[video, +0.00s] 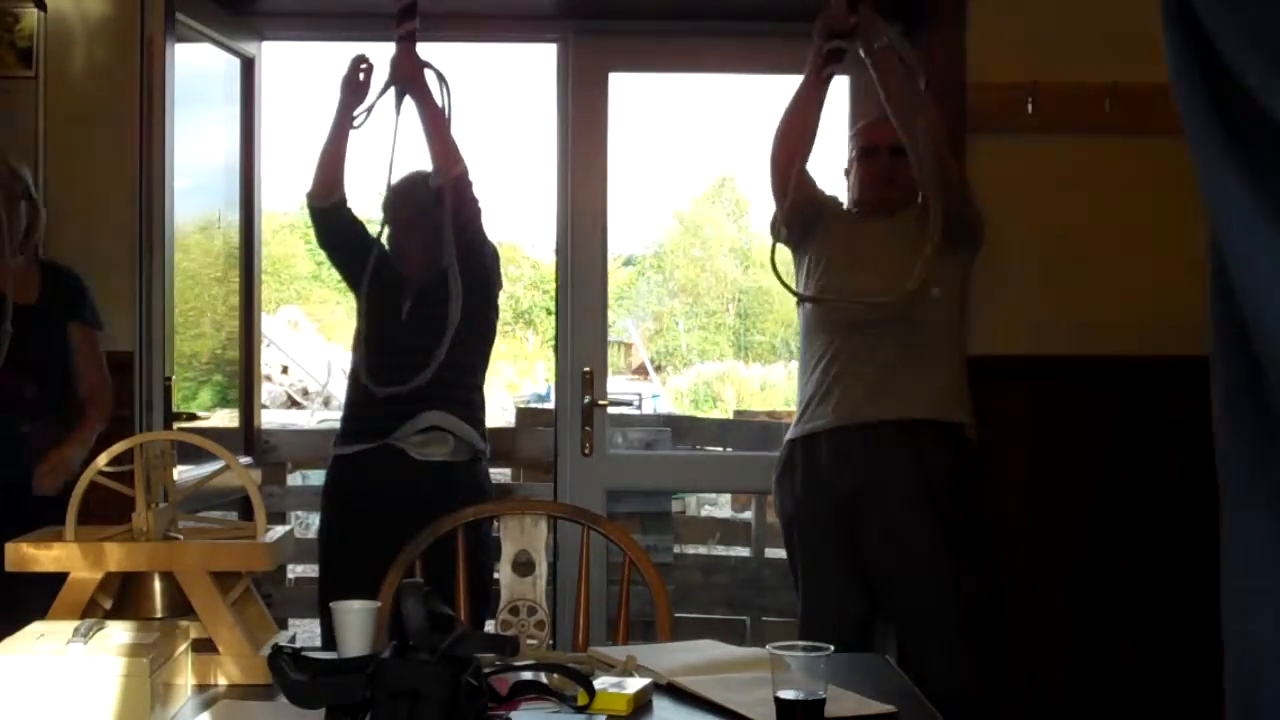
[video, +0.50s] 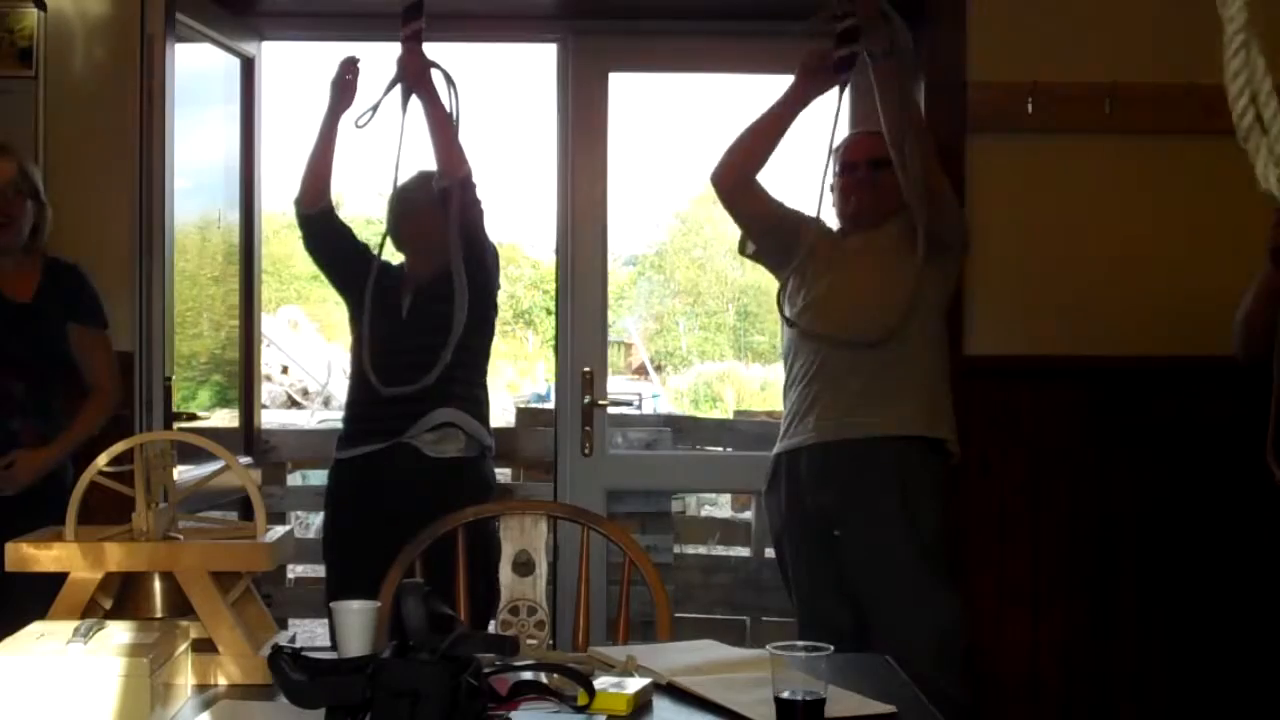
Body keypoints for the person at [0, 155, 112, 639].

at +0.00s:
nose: (4, 217)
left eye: (10, 204)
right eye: (3, 205)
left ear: (28, 213)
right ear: (10, 213)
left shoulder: (59, 288)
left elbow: (99, 398)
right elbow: (98, 397)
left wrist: (67, 458)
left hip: (33, 482)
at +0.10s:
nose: (10, 209)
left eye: (18, 198)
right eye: (4, 198)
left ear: (35, 211)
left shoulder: (61, 288)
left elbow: (97, 401)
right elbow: (95, 401)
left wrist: (41, 484)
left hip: (36, 496)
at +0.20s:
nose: (7, 210)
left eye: (18, 198)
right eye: (1, 198)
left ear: (39, 210)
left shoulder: (67, 290)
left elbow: (98, 403)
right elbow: (97, 404)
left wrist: (42, 478)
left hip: (39, 496)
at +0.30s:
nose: (10, 209)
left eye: (20, 196)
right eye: (3, 197)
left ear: (39, 209)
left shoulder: (67, 287)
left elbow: (103, 395)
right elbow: (101, 394)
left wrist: (41, 464)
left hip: (38, 491)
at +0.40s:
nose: (9, 209)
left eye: (20, 196)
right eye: (1, 196)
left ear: (38, 209)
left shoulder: (64, 284)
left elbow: (105, 392)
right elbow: (103, 391)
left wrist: (43, 460)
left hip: (39, 488)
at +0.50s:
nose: (6, 206)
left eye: (17, 193)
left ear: (36, 206)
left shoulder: (63, 282)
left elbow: (106, 392)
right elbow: (104, 392)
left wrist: (44, 458)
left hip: (36, 491)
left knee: (34, 626)